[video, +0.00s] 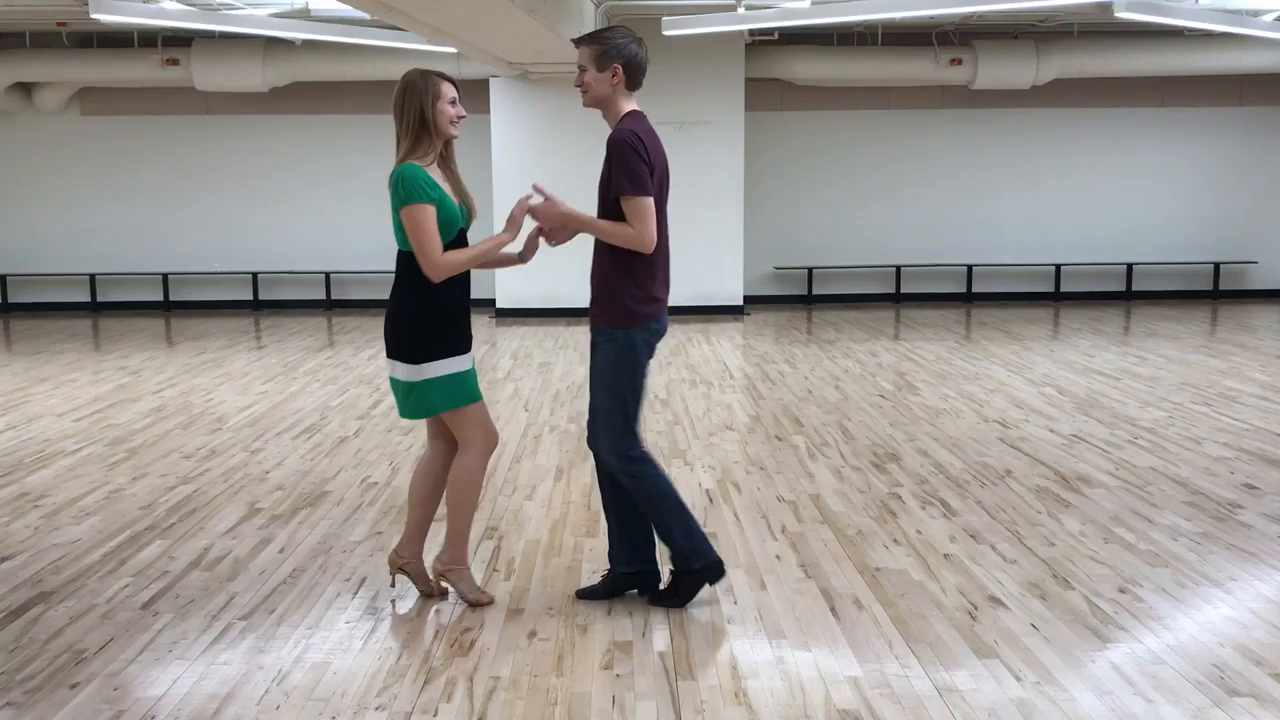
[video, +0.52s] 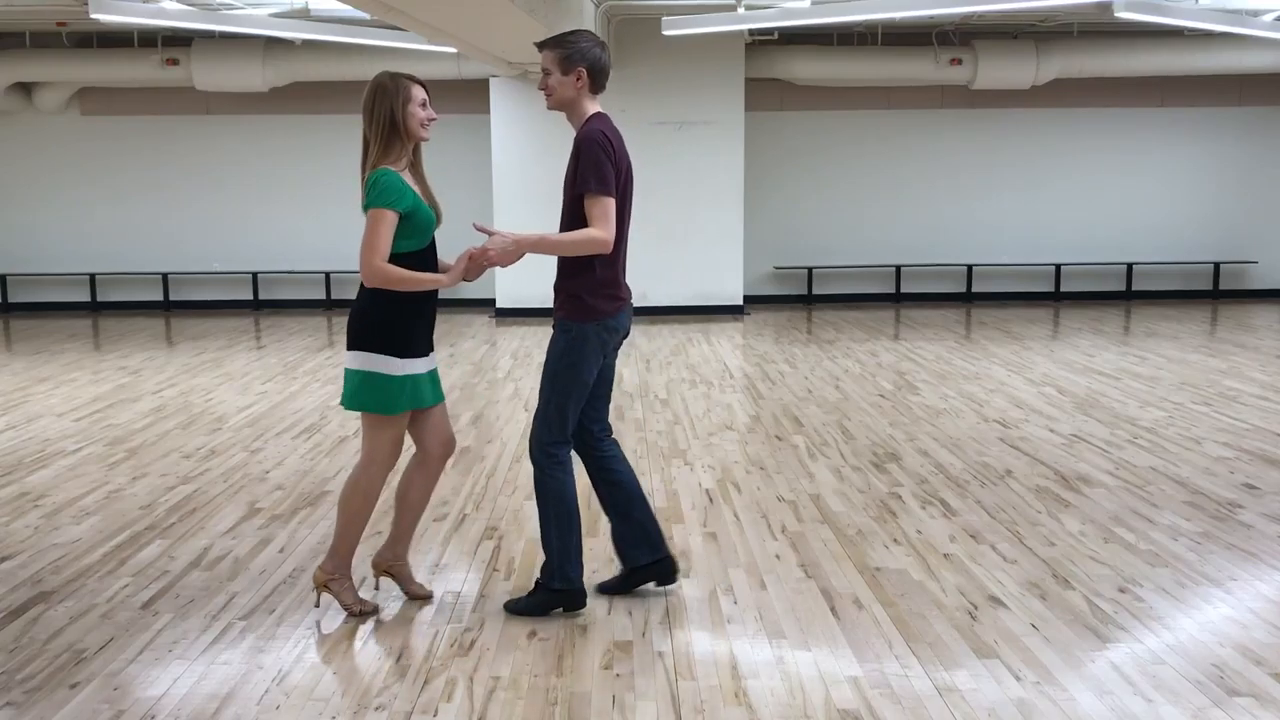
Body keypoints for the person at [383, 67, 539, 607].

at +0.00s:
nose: (461, 111)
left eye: (459, 102)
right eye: (450, 102)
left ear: (442, 111)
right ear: (423, 111)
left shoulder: (439, 171)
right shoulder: (413, 176)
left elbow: (459, 257)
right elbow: (434, 266)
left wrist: (519, 258)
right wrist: (501, 237)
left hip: (437, 330)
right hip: (426, 334)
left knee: (442, 443)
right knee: (479, 439)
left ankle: (408, 550)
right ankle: (453, 558)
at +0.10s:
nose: (450, 113)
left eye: (447, 104)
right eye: (439, 105)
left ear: (428, 113)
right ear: (412, 114)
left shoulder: (426, 176)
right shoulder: (403, 180)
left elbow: (435, 263)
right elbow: (405, 273)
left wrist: (486, 271)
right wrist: (478, 275)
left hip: (430, 332)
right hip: (421, 338)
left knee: (437, 446)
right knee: (465, 445)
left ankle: (411, 560)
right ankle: (405, 550)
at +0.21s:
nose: (442, 112)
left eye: (440, 103)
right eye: (432, 103)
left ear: (423, 114)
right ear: (406, 112)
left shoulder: (419, 175)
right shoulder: (397, 180)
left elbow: (424, 259)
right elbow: (385, 267)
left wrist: (473, 273)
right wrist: (460, 282)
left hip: (431, 327)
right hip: (410, 334)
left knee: (448, 443)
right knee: (432, 451)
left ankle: (409, 553)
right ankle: (363, 557)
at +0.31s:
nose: (435, 112)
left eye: (434, 103)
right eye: (426, 104)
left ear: (415, 112)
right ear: (400, 112)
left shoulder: (416, 173)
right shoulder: (391, 178)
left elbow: (419, 259)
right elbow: (374, 265)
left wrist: (467, 266)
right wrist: (446, 280)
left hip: (425, 328)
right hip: (397, 334)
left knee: (446, 442)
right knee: (398, 455)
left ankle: (410, 555)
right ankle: (342, 566)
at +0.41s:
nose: (432, 113)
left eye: (430, 104)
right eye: (422, 105)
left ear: (409, 114)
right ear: (396, 113)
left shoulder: (410, 177)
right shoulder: (388, 180)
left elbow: (410, 263)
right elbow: (369, 267)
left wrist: (460, 265)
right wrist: (443, 277)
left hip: (414, 334)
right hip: (386, 336)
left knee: (446, 442)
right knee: (382, 452)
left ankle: (410, 554)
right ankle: (337, 567)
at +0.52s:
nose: (430, 113)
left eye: (428, 105)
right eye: (420, 106)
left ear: (405, 115)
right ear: (395, 114)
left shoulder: (407, 177)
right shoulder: (389, 182)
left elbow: (406, 263)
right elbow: (372, 270)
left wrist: (458, 268)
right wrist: (446, 277)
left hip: (410, 335)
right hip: (384, 337)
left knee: (437, 446)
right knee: (379, 455)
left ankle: (394, 553)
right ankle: (335, 568)